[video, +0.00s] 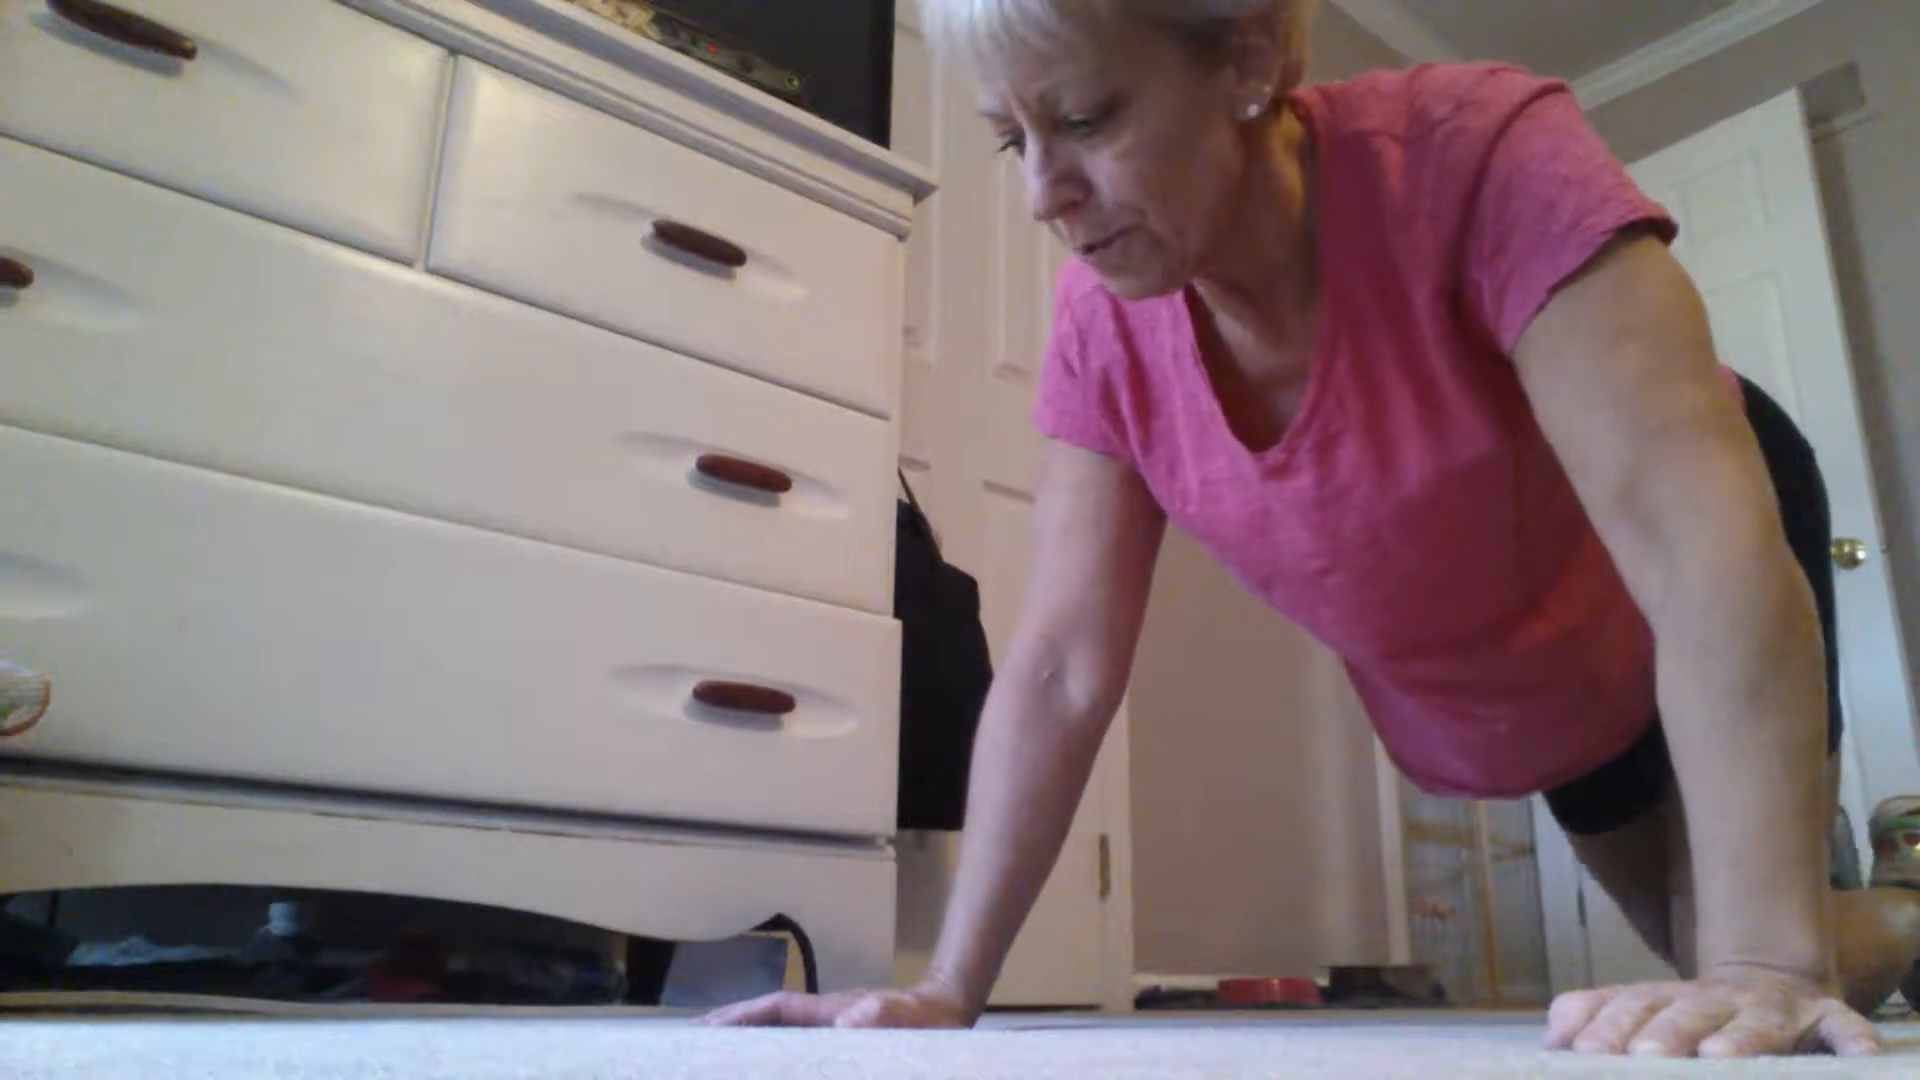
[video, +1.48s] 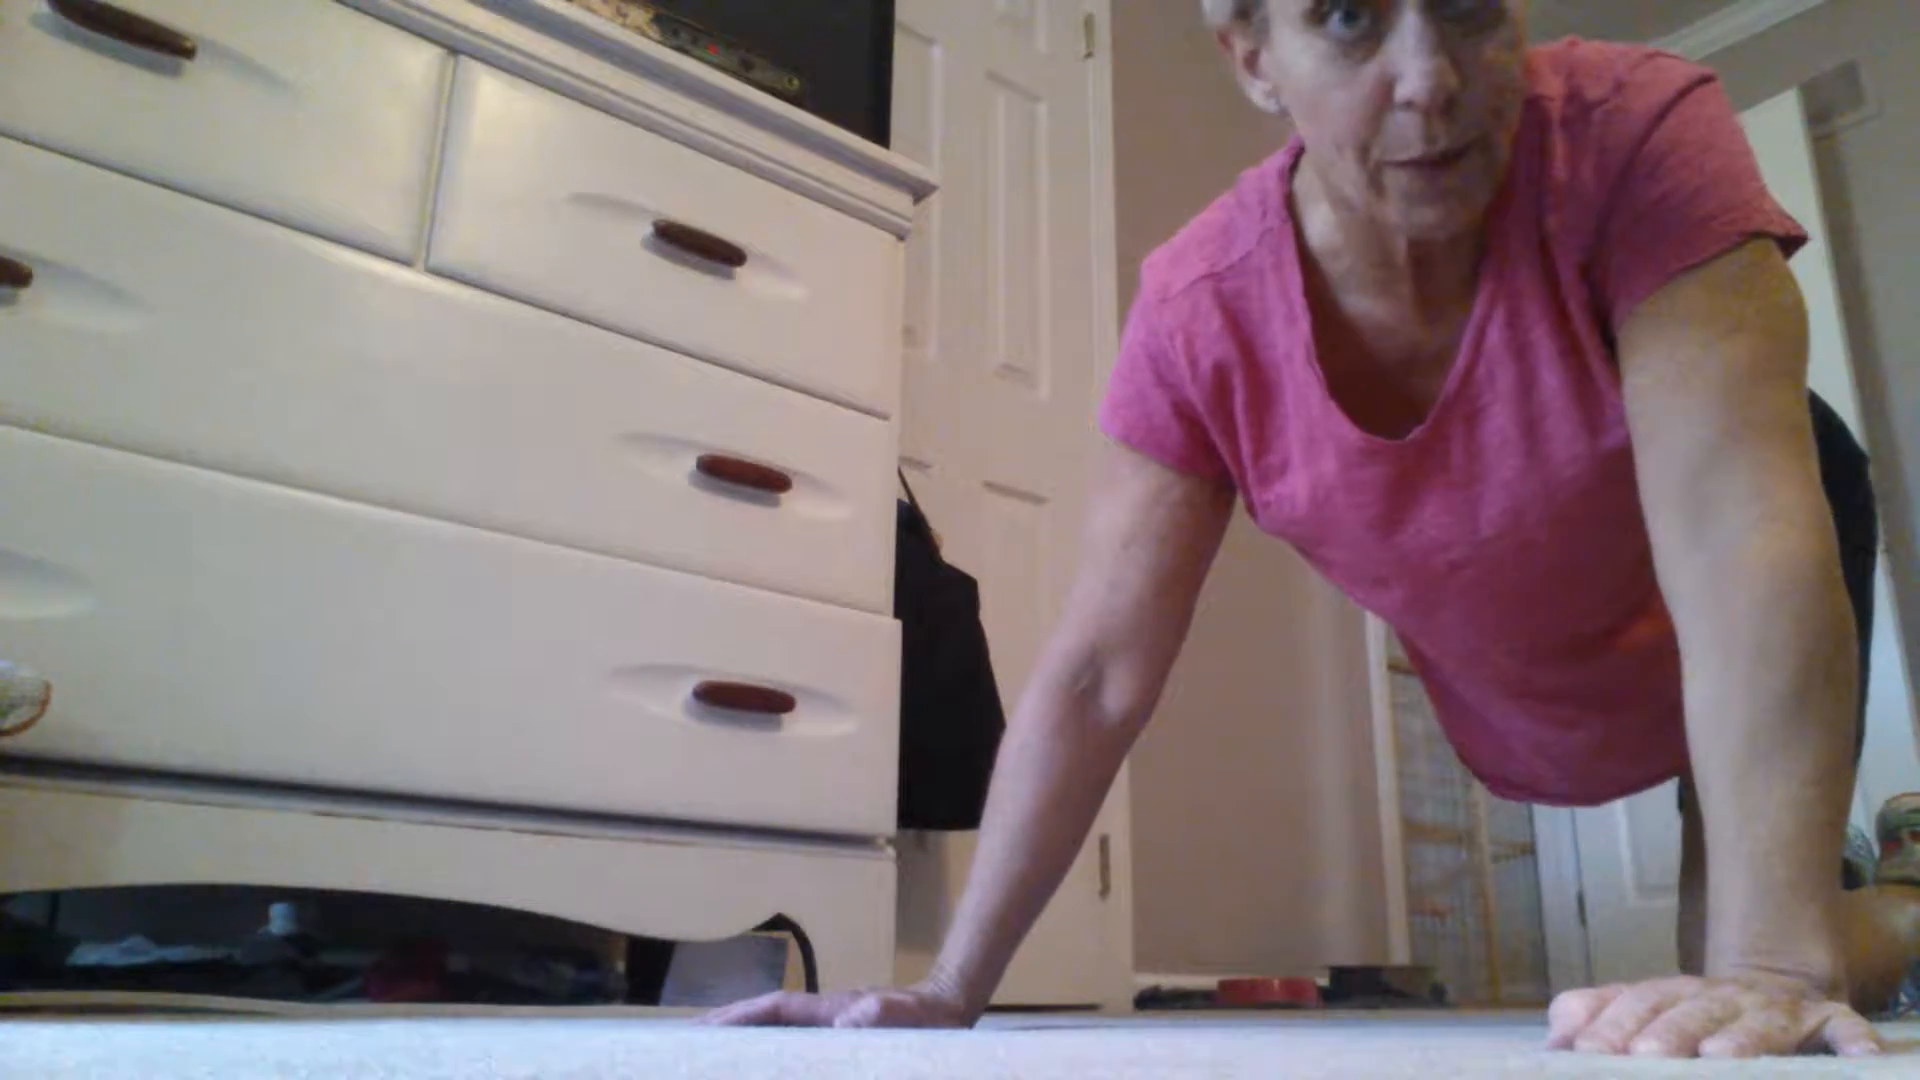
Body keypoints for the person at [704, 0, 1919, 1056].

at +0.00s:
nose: (1047, 194)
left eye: (1085, 125)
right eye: (1014, 141)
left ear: (1249, 63)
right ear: (995, 133)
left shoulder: (1484, 154)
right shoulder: (1105, 313)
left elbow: (1699, 516)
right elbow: (1057, 671)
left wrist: (1764, 970)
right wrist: (949, 983)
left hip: (1697, 566)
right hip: (1534, 692)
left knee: (1791, 947)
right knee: (1730, 970)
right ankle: (1895, 931)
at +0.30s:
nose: (1099, 195)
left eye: (1145, 120)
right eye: (1057, 139)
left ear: (1300, 58)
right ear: (1029, 122)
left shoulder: (1510, 153)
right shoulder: (1120, 317)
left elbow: (1706, 516)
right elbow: (1060, 672)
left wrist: (1767, 966)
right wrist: (950, 983)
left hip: (1694, 583)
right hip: (1529, 694)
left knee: (1784, 920)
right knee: (1691, 843)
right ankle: (1867, 925)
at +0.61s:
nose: (1225, 149)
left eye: (1272, 69)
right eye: (1166, 101)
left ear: (1388, 41)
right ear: (1130, 111)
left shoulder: (1565, 130)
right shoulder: (1161, 311)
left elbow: (1722, 519)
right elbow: (1078, 684)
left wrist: (1769, 965)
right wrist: (953, 981)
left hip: (1723, 568)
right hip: (1553, 665)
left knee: (1776, 916)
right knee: (1703, 837)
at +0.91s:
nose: (1382, 116)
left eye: (1432, 45)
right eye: (1313, 62)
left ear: (1500, 33)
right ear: (1222, 71)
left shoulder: (1625, 131)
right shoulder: (1196, 302)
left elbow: (1736, 518)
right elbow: (1092, 676)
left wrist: (1770, 965)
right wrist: (953, 980)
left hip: (1751, 578)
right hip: (1556, 678)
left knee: (1777, 932)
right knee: (1765, 925)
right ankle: (1876, 922)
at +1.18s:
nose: (1472, 102)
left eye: (1513, 28)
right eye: (1397, 46)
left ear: (1563, 25)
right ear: (1286, 61)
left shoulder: (1665, 131)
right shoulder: (1219, 299)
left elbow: (1756, 519)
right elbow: (1099, 675)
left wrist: (1772, 962)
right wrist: (954, 980)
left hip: (1762, 594)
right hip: (1562, 702)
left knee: (1779, 937)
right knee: (1742, 946)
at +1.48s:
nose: (1429, 81)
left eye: (1470, 18)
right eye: (1358, 29)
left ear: (1526, 26)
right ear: (1251, 62)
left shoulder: (1640, 132)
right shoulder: (1207, 303)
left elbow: (1746, 523)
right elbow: (1095, 677)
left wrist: (1771, 967)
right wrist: (954, 981)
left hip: (1750, 587)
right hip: (1554, 693)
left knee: (1785, 932)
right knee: (1763, 928)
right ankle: (1870, 916)